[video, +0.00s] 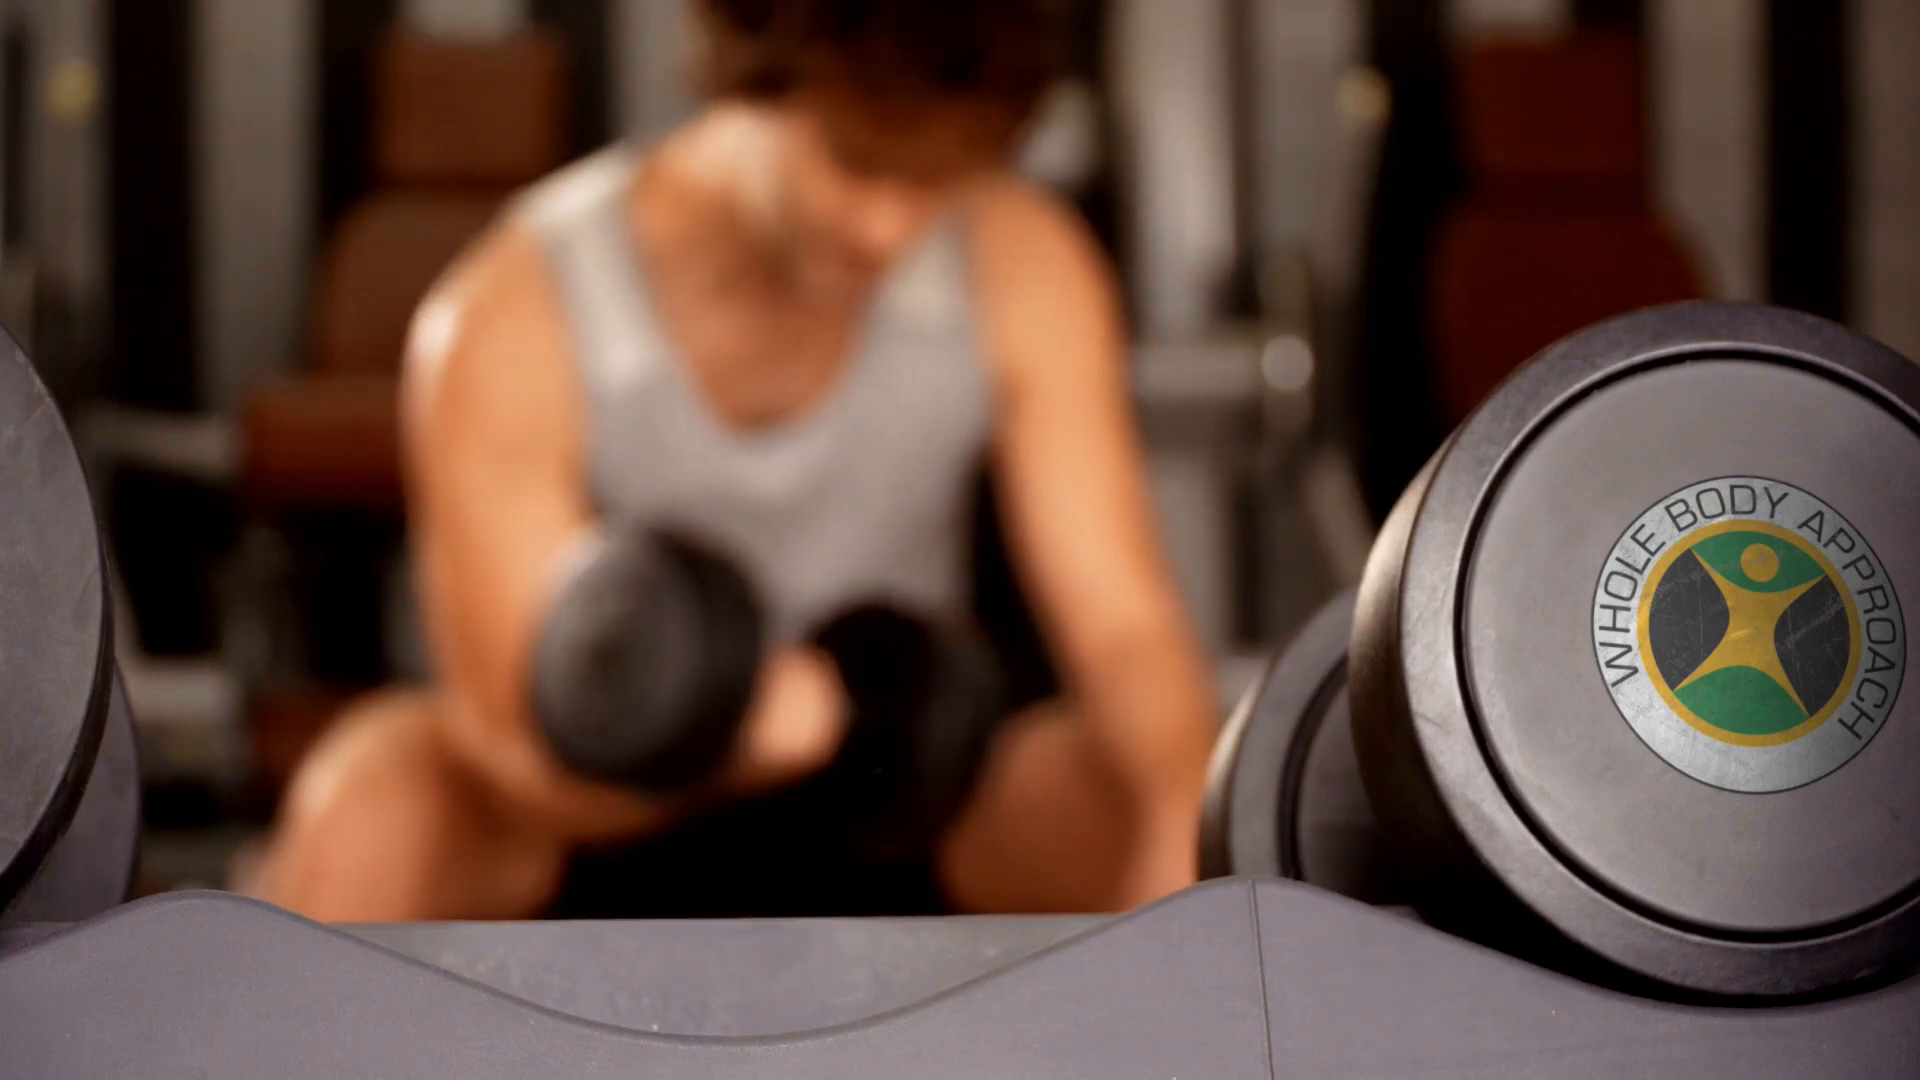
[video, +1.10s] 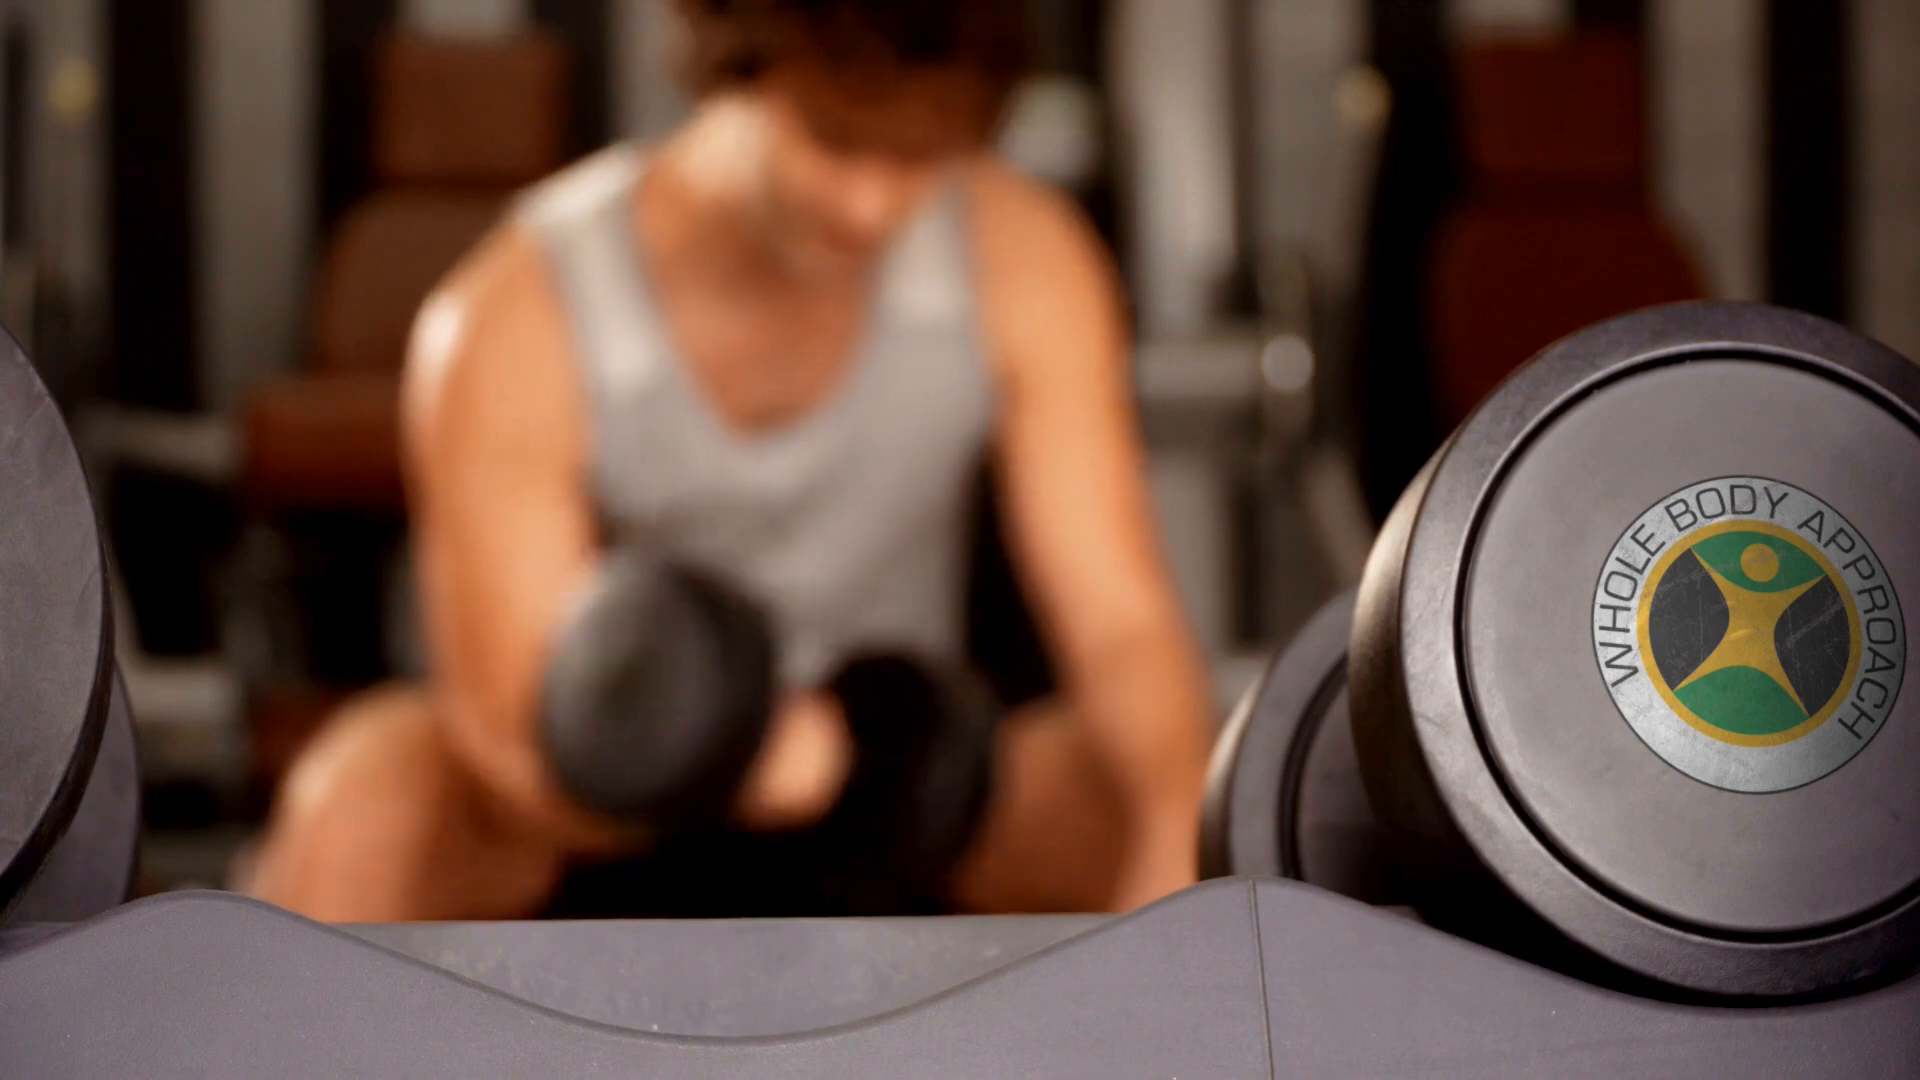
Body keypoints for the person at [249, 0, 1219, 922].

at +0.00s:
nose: (892, 228)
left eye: (938, 180)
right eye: (857, 166)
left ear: (993, 136)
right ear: (758, 76)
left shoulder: (1015, 255)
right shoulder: (511, 312)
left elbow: (1125, 631)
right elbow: (536, 762)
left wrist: (1189, 847)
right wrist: (829, 705)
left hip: (887, 796)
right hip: (599, 813)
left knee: (1180, 800)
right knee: (377, 793)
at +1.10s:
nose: (872, 205)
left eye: (920, 157)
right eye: (838, 145)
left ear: (977, 121)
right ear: (740, 67)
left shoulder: (1017, 249)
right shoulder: (513, 316)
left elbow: (1123, 632)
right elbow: (528, 753)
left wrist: (1172, 864)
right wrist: (846, 749)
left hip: (888, 809)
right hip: (610, 818)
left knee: (1182, 790)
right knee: (371, 781)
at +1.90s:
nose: (877, 227)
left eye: (929, 181)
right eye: (842, 164)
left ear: (990, 151)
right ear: (749, 89)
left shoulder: (1034, 257)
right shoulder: (565, 344)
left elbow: (1124, 642)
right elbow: (535, 807)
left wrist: (1146, 868)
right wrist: (566, 1065)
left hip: (895, 782)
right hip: (619, 795)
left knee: (1169, 805)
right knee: (367, 806)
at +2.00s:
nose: (875, 225)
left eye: (927, 179)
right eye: (840, 162)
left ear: (990, 151)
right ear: (749, 90)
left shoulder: (1034, 258)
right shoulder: (566, 342)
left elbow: (1122, 645)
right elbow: (529, 802)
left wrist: (1143, 864)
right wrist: (551, 1063)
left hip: (893, 784)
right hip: (616, 795)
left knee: (1166, 805)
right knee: (362, 801)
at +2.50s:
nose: (918, 335)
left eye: (970, 285)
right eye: (879, 267)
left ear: (1041, 268)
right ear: (792, 213)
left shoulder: (1084, 285)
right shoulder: (616, 368)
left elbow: (1111, 653)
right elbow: (511, 804)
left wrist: (940, 851)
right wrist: (541, 1063)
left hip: (884, 723)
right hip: (592, 724)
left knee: (1127, 850)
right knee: (340, 815)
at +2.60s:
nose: (919, 255)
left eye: (972, 208)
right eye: (876, 189)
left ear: (1043, 192)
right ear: (785, 144)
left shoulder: (1093, 249)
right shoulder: (615, 300)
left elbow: (1098, 641)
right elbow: (506, 739)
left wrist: (900, 927)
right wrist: (537, 1035)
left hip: (878, 672)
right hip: (579, 673)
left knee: (1119, 847)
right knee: (346, 810)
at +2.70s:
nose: (904, 92)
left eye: (959, 44)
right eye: (862, 33)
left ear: (1024, 47)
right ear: (775, 20)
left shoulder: (1091, 137)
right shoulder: (602, 157)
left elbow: (1069, 525)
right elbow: (494, 590)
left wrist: (943, 861)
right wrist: (540, 951)